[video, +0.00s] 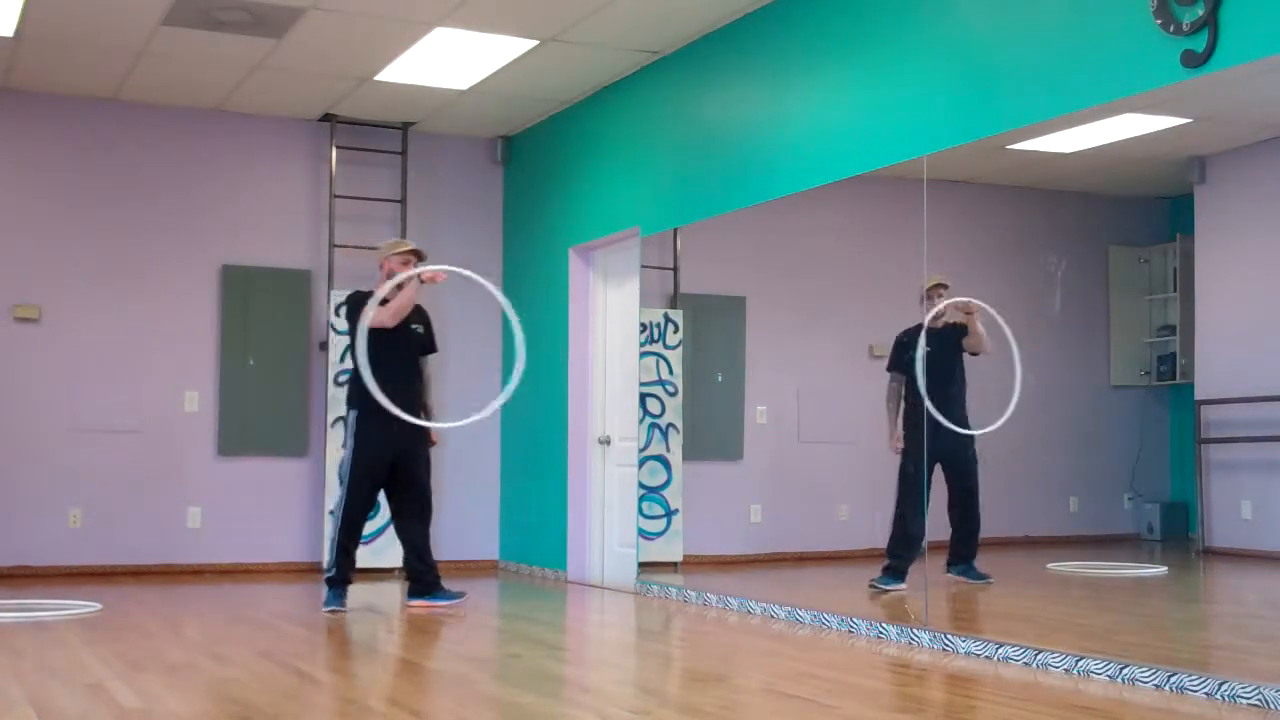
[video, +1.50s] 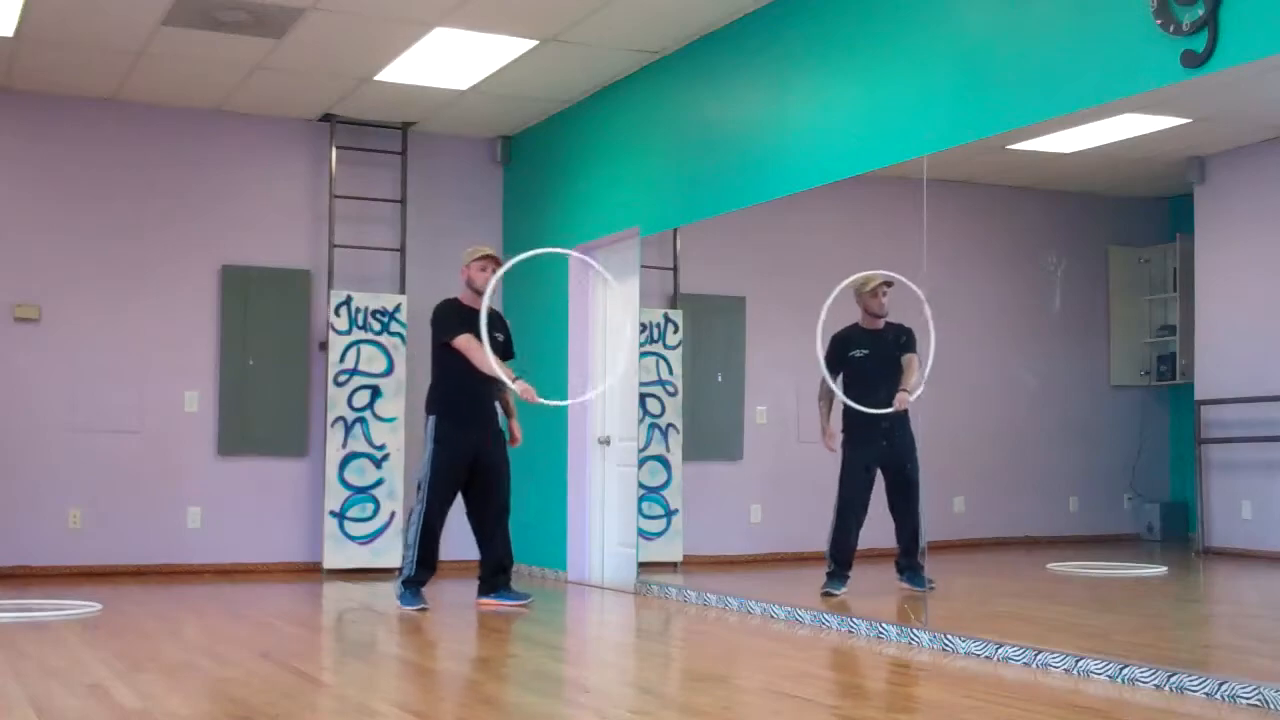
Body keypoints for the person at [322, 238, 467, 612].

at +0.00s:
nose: (409, 270)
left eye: (413, 265)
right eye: (402, 263)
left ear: (418, 269)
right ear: (384, 266)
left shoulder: (418, 314)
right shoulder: (358, 301)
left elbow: (420, 375)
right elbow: (388, 317)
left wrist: (427, 421)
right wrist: (417, 280)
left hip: (409, 418)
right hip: (369, 417)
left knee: (414, 506)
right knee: (355, 504)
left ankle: (423, 585)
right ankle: (337, 586)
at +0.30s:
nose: (426, 270)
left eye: (433, 266)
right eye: (419, 264)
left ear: (440, 275)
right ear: (407, 270)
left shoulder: (448, 315)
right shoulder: (388, 308)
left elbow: (452, 370)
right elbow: (356, 330)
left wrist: (459, 416)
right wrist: (352, 290)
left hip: (446, 425)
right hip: (407, 425)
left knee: (462, 501)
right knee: (406, 507)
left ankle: (463, 581)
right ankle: (406, 584)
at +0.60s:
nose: (461, 274)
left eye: (468, 271)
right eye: (456, 267)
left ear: (474, 279)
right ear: (443, 270)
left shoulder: (472, 318)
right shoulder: (417, 308)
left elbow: (481, 371)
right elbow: (374, 328)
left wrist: (498, 412)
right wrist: (360, 296)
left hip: (467, 426)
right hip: (426, 424)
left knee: (482, 503)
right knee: (417, 507)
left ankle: (489, 585)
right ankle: (407, 586)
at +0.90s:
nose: (441, 274)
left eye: (447, 269)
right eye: (435, 268)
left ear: (457, 276)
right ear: (424, 274)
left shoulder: (472, 315)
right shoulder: (411, 317)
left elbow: (488, 362)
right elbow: (409, 364)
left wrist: (510, 402)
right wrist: (445, 346)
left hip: (471, 428)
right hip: (430, 429)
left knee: (484, 509)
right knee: (418, 511)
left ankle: (493, 587)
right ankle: (406, 587)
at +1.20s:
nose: (469, 273)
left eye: (475, 269)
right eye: (462, 267)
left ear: (481, 277)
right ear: (448, 272)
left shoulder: (486, 317)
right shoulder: (430, 314)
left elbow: (494, 369)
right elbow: (439, 360)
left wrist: (512, 409)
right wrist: (487, 375)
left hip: (473, 422)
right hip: (433, 422)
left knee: (485, 506)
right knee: (418, 505)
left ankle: (496, 587)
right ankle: (404, 584)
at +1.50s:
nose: (488, 276)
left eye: (494, 272)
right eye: (482, 269)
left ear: (497, 280)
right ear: (465, 273)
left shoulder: (496, 321)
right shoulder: (447, 311)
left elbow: (500, 374)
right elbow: (473, 351)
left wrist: (511, 418)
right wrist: (513, 380)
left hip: (487, 420)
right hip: (449, 419)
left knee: (493, 505)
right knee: (432, 503)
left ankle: (494, 585)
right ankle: (411, 584)